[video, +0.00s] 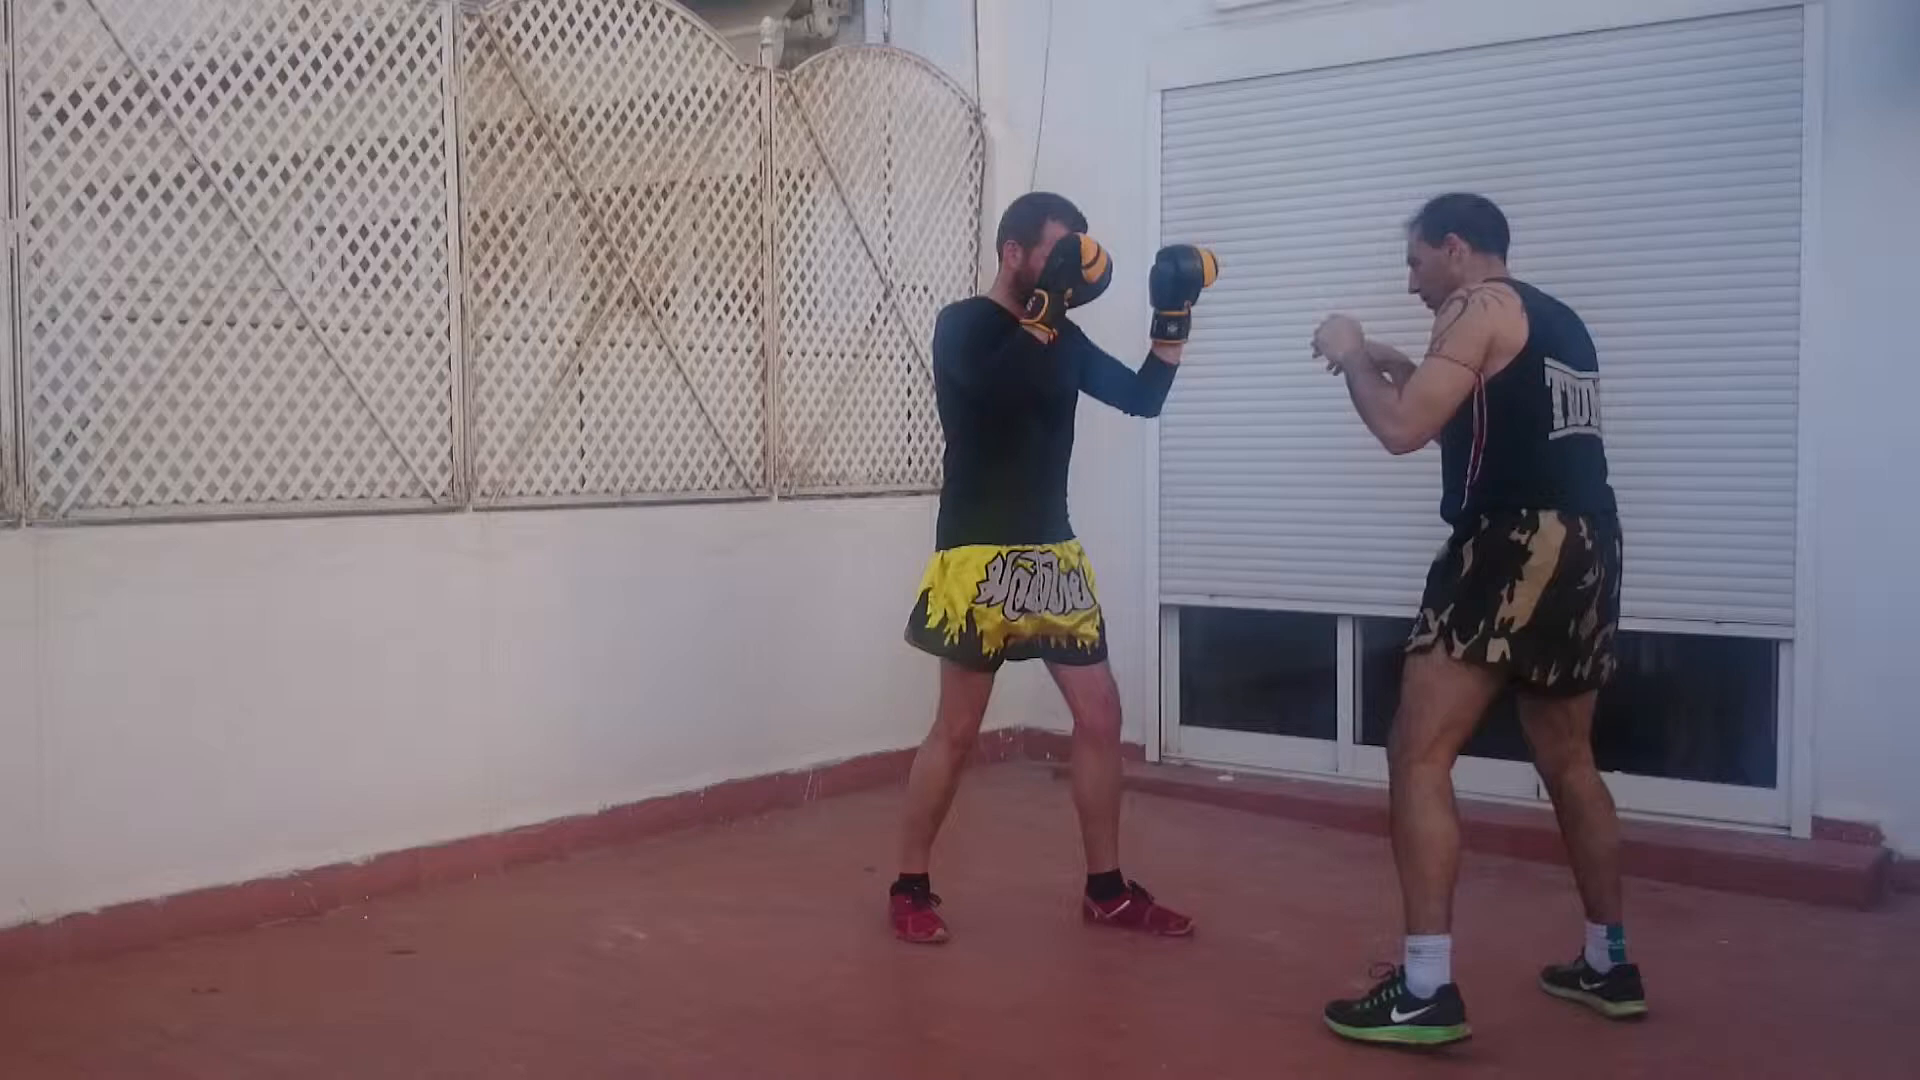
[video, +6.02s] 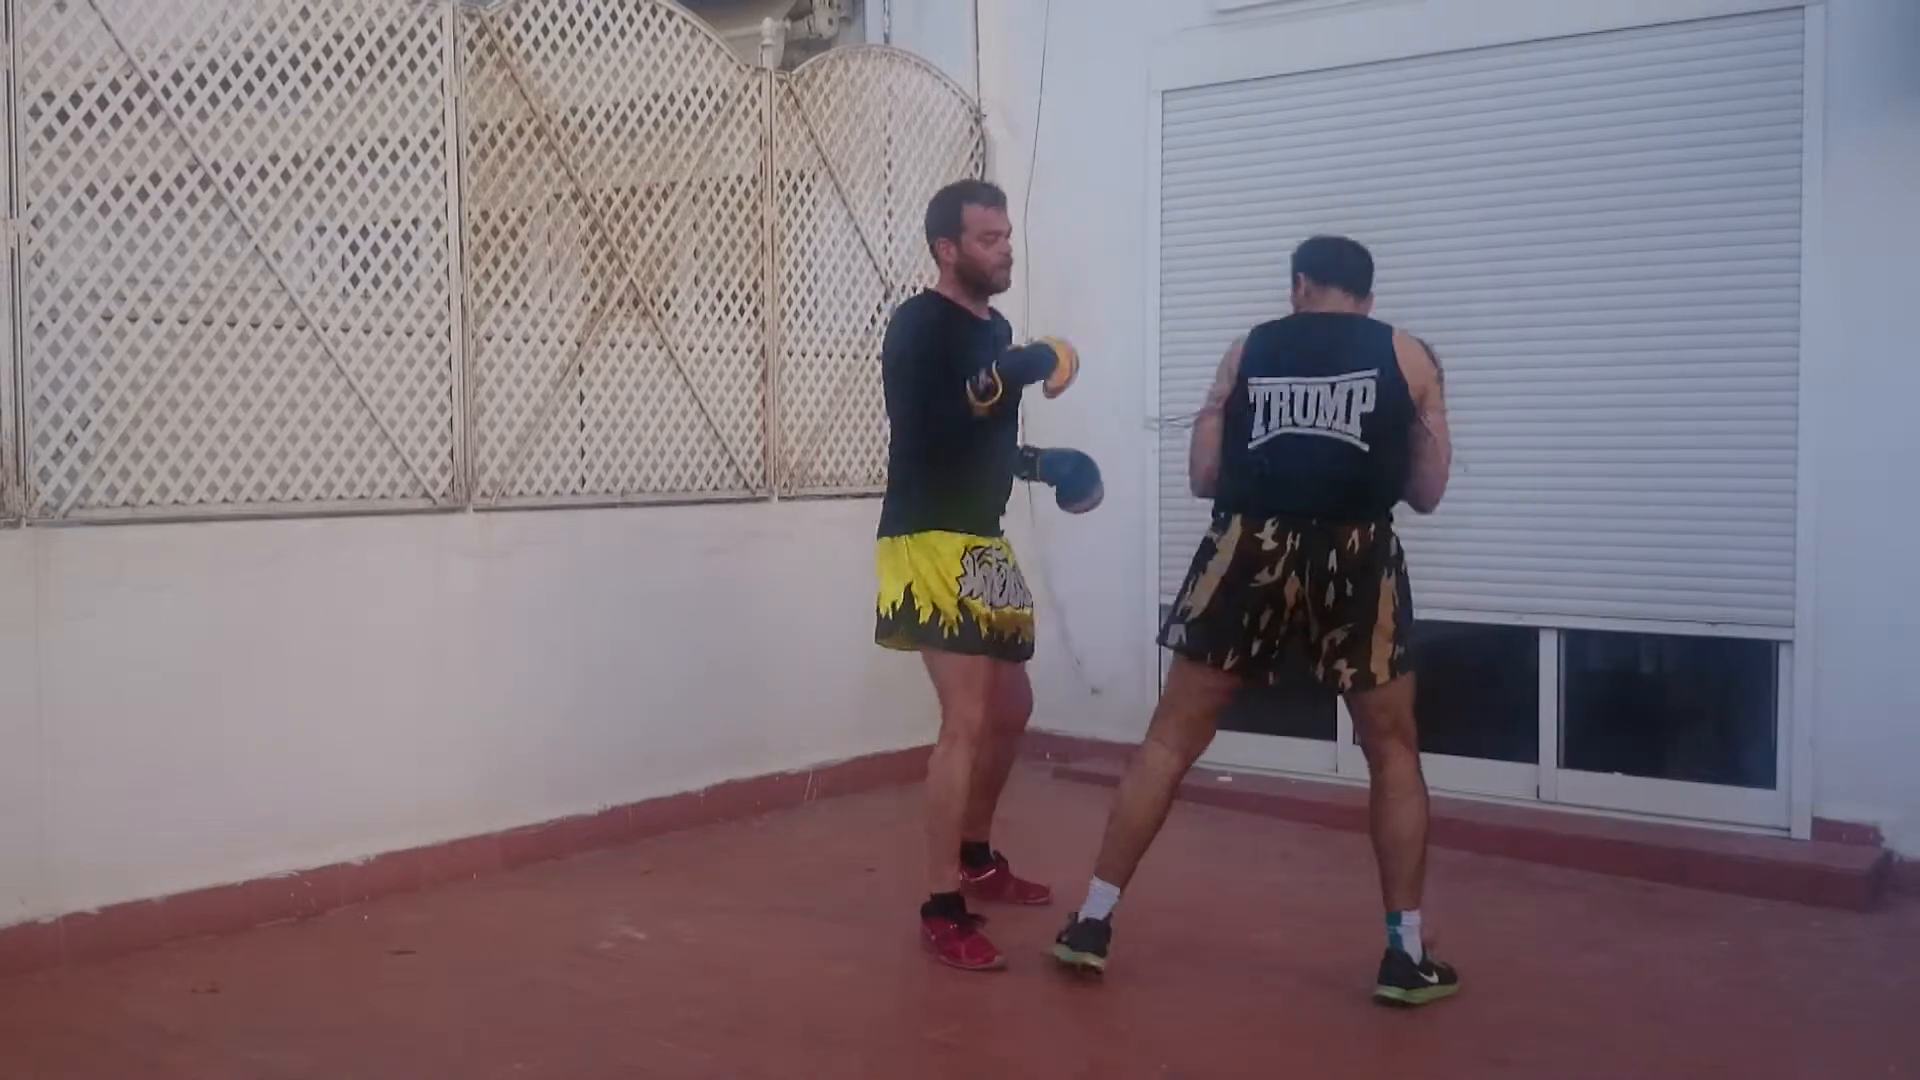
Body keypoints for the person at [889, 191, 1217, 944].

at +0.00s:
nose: (1063, 270)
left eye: (1069, 259)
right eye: (1054, 254)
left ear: (1063, 267)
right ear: (1010, 251)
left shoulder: (1062, 336)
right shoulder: (961, 324)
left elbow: (1144, 397)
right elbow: (1000, 387)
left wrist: (1172, 325)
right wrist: (1053, 308)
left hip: (1054, 547)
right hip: (977, 549)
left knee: (1099, 717)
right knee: (956, 731)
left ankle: (1106, 888)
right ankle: (910, 885)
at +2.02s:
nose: (1026, 282)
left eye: (1030, 269)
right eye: (1015, 269)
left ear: (1018, 268)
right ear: (966, 265)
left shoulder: (1014, 338)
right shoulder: (927, 352)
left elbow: (1075, 410)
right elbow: (949, 432)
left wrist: (1146, 347)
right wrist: (1003, 343)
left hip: (1079, 554)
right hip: (1004, 572)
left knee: (1154, 717)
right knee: (1031, 753)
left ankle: (1203, 890)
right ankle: (982, 911)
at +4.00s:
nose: (939, 273)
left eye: (946, 260)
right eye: (928, 260)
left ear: (950, 259)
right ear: (884, 252)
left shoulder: (940, 337)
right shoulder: (837, 327)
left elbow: (1002, 419)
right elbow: (848, 432)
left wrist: (1039, 357)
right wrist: (908, 368)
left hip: (944, 542)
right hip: (866, 545)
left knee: (988, 711)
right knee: (858, 720)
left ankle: (1030, 880)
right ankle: (830, 874)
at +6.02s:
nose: (1005, 249)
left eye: (1007, 236)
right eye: (990, 238)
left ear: (1000, 245)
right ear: (945, 248)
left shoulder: (989, 331)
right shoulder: (920, 321)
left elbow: (982, 445)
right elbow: (929, 425)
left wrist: (1050, 465)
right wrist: (1007, 374)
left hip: (980, 539)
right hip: (929, 541)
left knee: (1009, 710)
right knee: (965, 718)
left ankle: (972, 860)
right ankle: (941, 907)